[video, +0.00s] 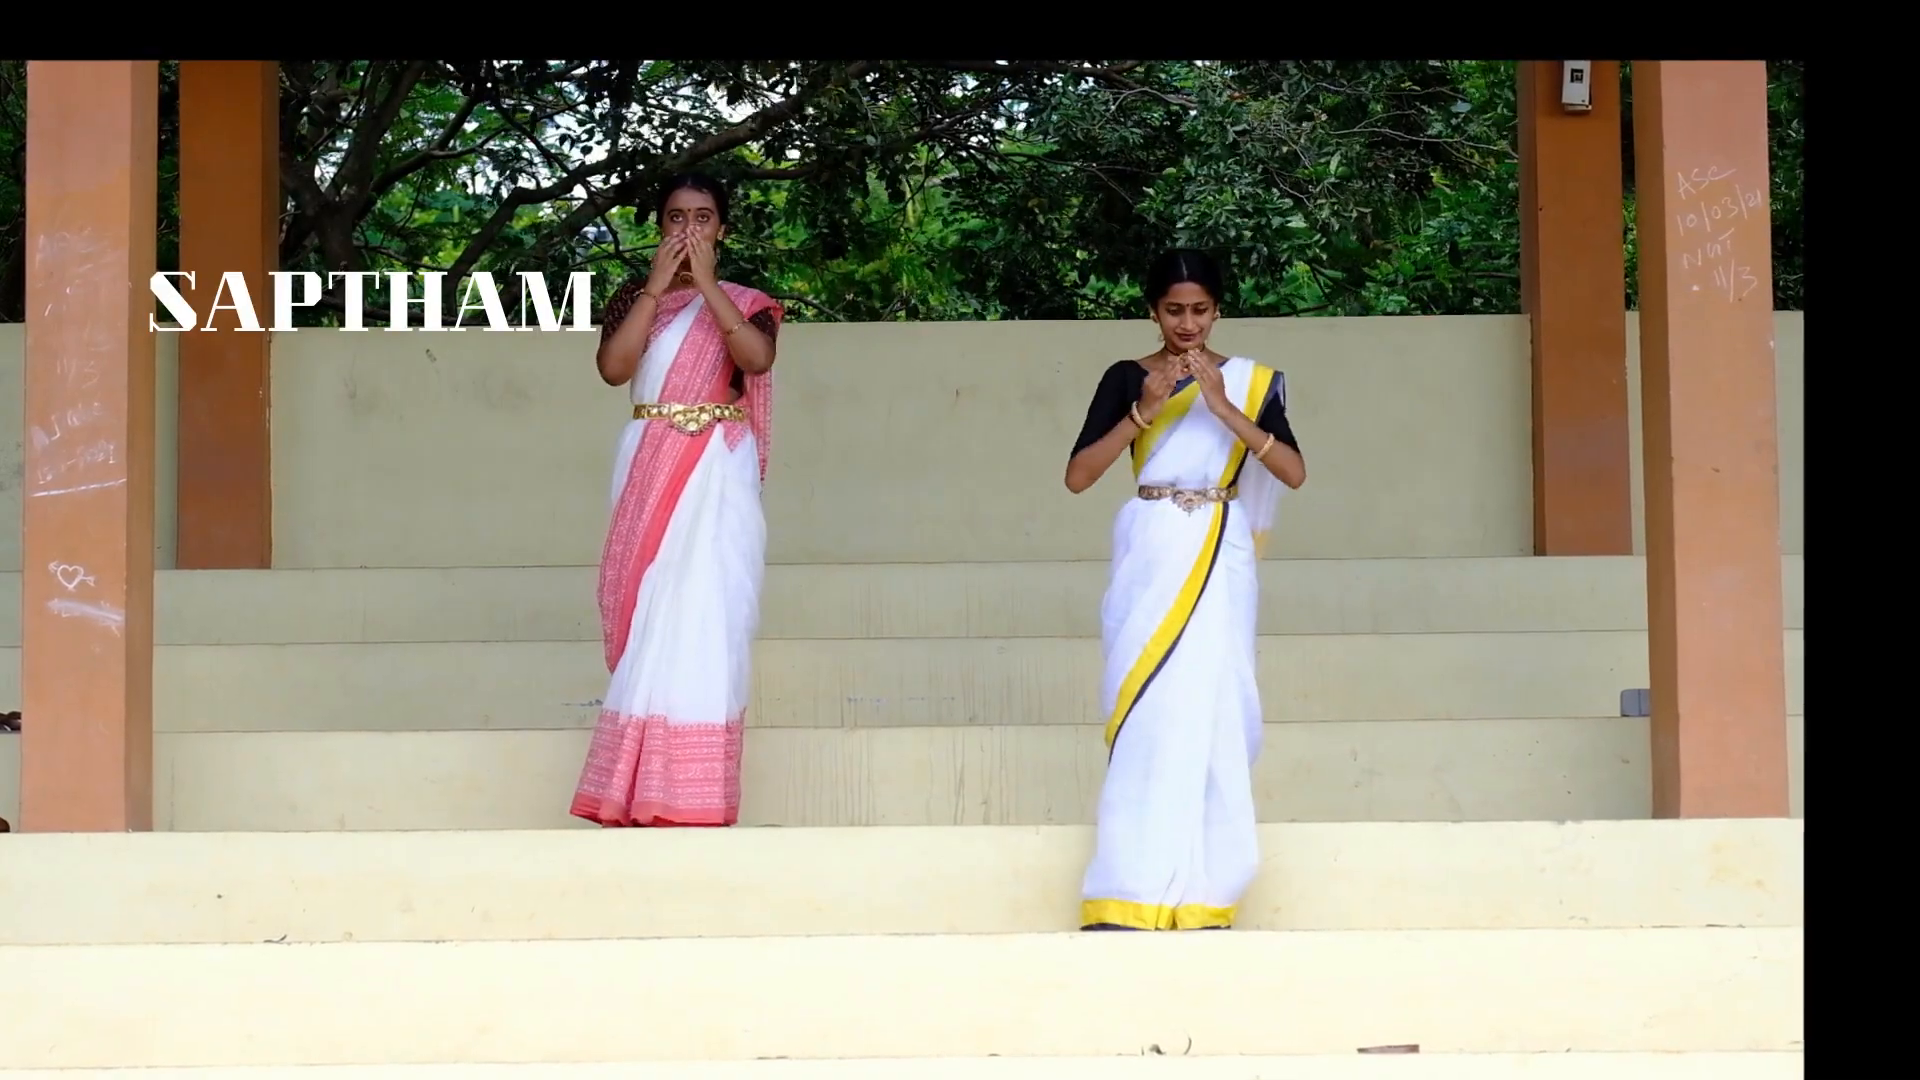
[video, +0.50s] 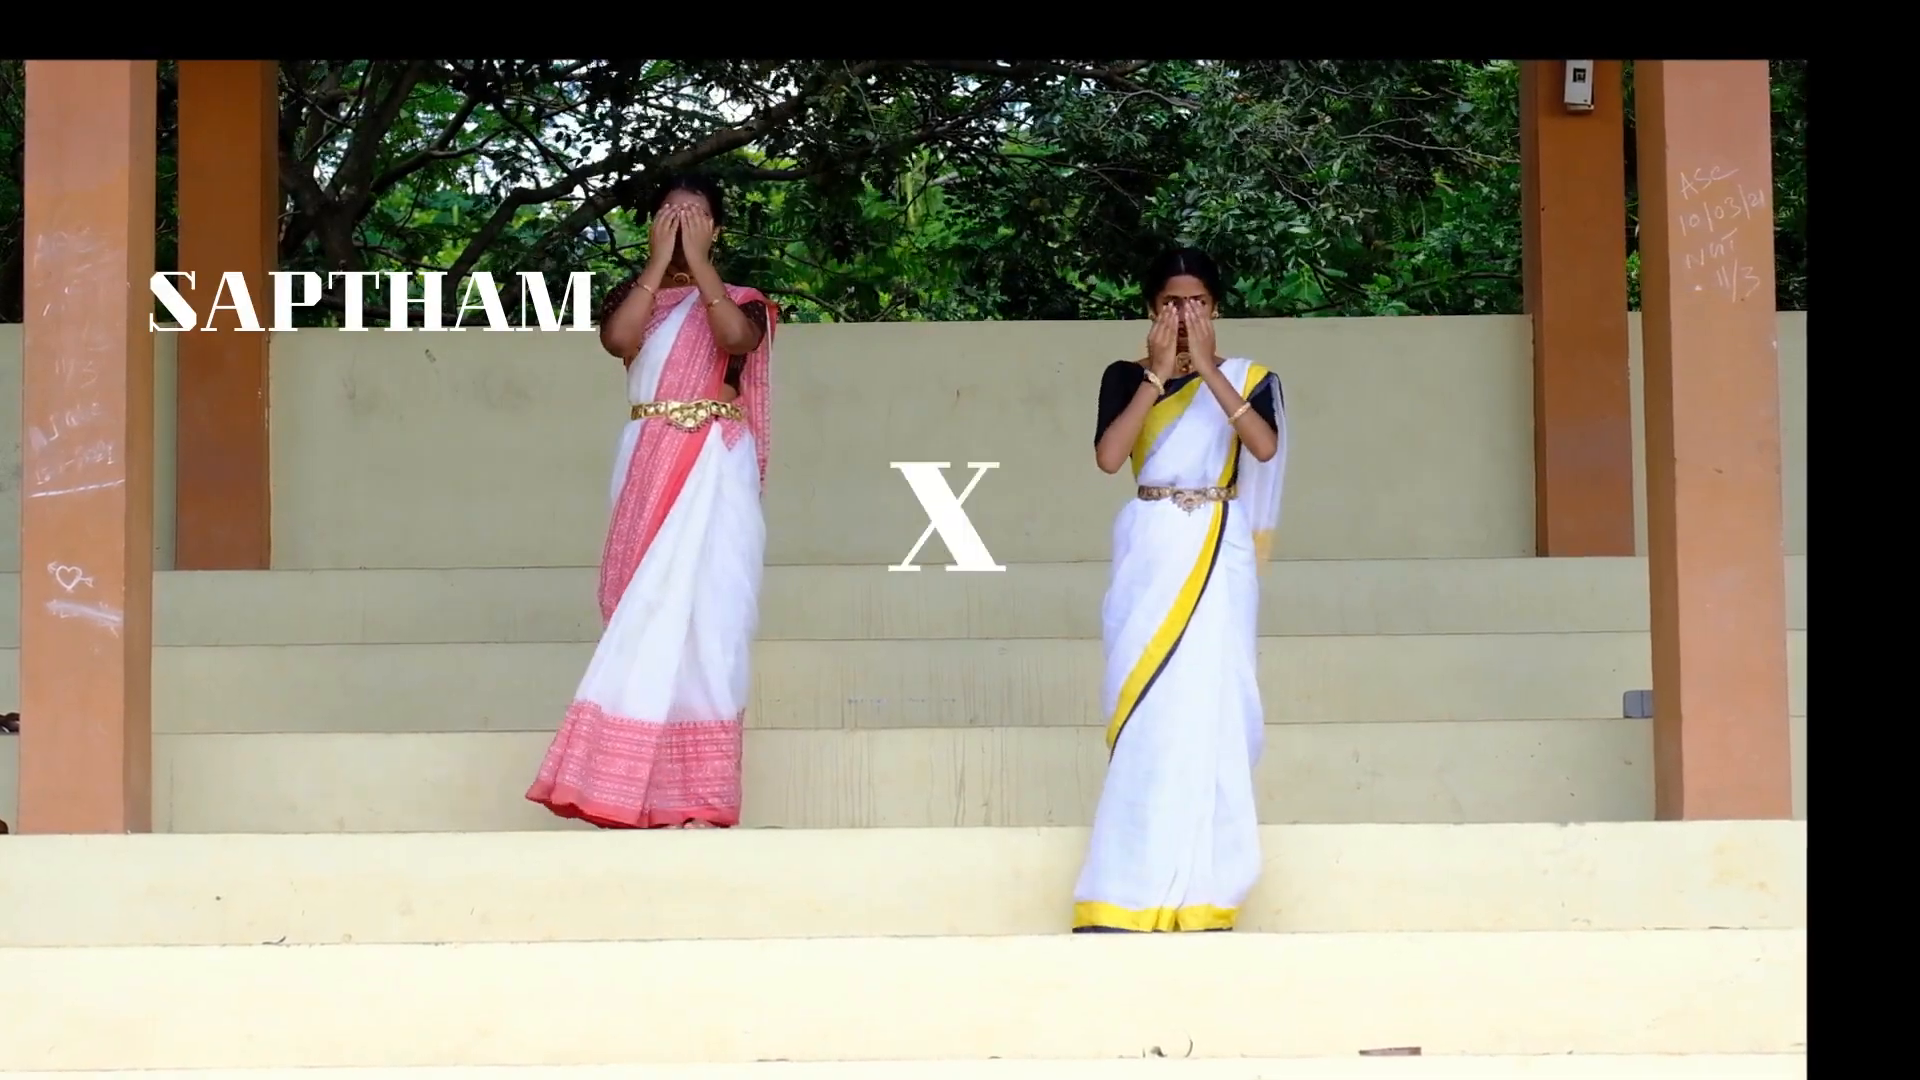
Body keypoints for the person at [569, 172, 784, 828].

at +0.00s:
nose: (688, 228)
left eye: (701, 217)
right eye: (677, 216)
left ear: (722, 226)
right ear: (659, 226)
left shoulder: (746, 302)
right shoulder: (638, 301)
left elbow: (756, 358)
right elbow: (613, 369)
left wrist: (707, 284)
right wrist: (654, 290)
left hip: (716, 474)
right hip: (649, 474)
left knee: (703, 620)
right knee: (648, 618)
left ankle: (689, 793)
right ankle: (636, 788)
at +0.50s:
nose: (681, 225)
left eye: (694, 213)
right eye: (671, 214)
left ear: (716, 229)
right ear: (655, 228)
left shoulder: (744, 302)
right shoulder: (636, 298)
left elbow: (735, 336)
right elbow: (621, 340)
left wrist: (700, 258)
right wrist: (655, 259)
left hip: (714, 474)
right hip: (647, 471)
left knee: (703, 623)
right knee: (646, 618)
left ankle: (698, 797)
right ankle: (633, 792)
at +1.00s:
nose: (681, 224)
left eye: (694, 214)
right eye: (669, 213)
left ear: (714, 227)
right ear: (652, 226)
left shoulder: (739, 300)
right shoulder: (636, 300)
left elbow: (736, 338)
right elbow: (617, 336)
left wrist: (696, 260)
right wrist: (657, 261)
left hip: (715, 469)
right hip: (647, 469)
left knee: (707, 620)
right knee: (639, 614)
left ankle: (696, 795)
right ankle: (626, 792)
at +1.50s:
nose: (678, 228)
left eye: (691, 216)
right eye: (668, 216)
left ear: (713, 229)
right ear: (649, 228)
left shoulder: (739, 303)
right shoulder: (631, 301)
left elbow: (734, 339)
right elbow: (617, 336)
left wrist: (697, 261)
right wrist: (655, 260)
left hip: (714, 477)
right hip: (644, 476)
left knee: (705, 627)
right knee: (638, 624)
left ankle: (698, 800)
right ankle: (627, 798)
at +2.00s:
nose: (677, 224)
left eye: (690, 213)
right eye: (666, 213)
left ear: (713, 228)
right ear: (648, 227)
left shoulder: (741, 304)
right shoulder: (629, 301)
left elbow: (734, 339)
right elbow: (618, 336)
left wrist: (696, 261)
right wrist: (655, 261)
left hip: (713, 478)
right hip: (643, 477)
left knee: (705, 628)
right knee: (639, 625)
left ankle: (703, 802)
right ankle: (631, 799)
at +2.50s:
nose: (679, 227)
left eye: (692, 215)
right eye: (669, 215)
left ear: (713, 229)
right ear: (650, 228)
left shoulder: (741, 304)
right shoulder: (628, 300)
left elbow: (731, 339)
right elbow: (617, 338)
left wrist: (696, 260)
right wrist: (656, 262)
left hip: (713, 477)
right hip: (643, 476)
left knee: (706, 629)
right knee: (639, 626)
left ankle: (702, 805)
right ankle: (630, 803)